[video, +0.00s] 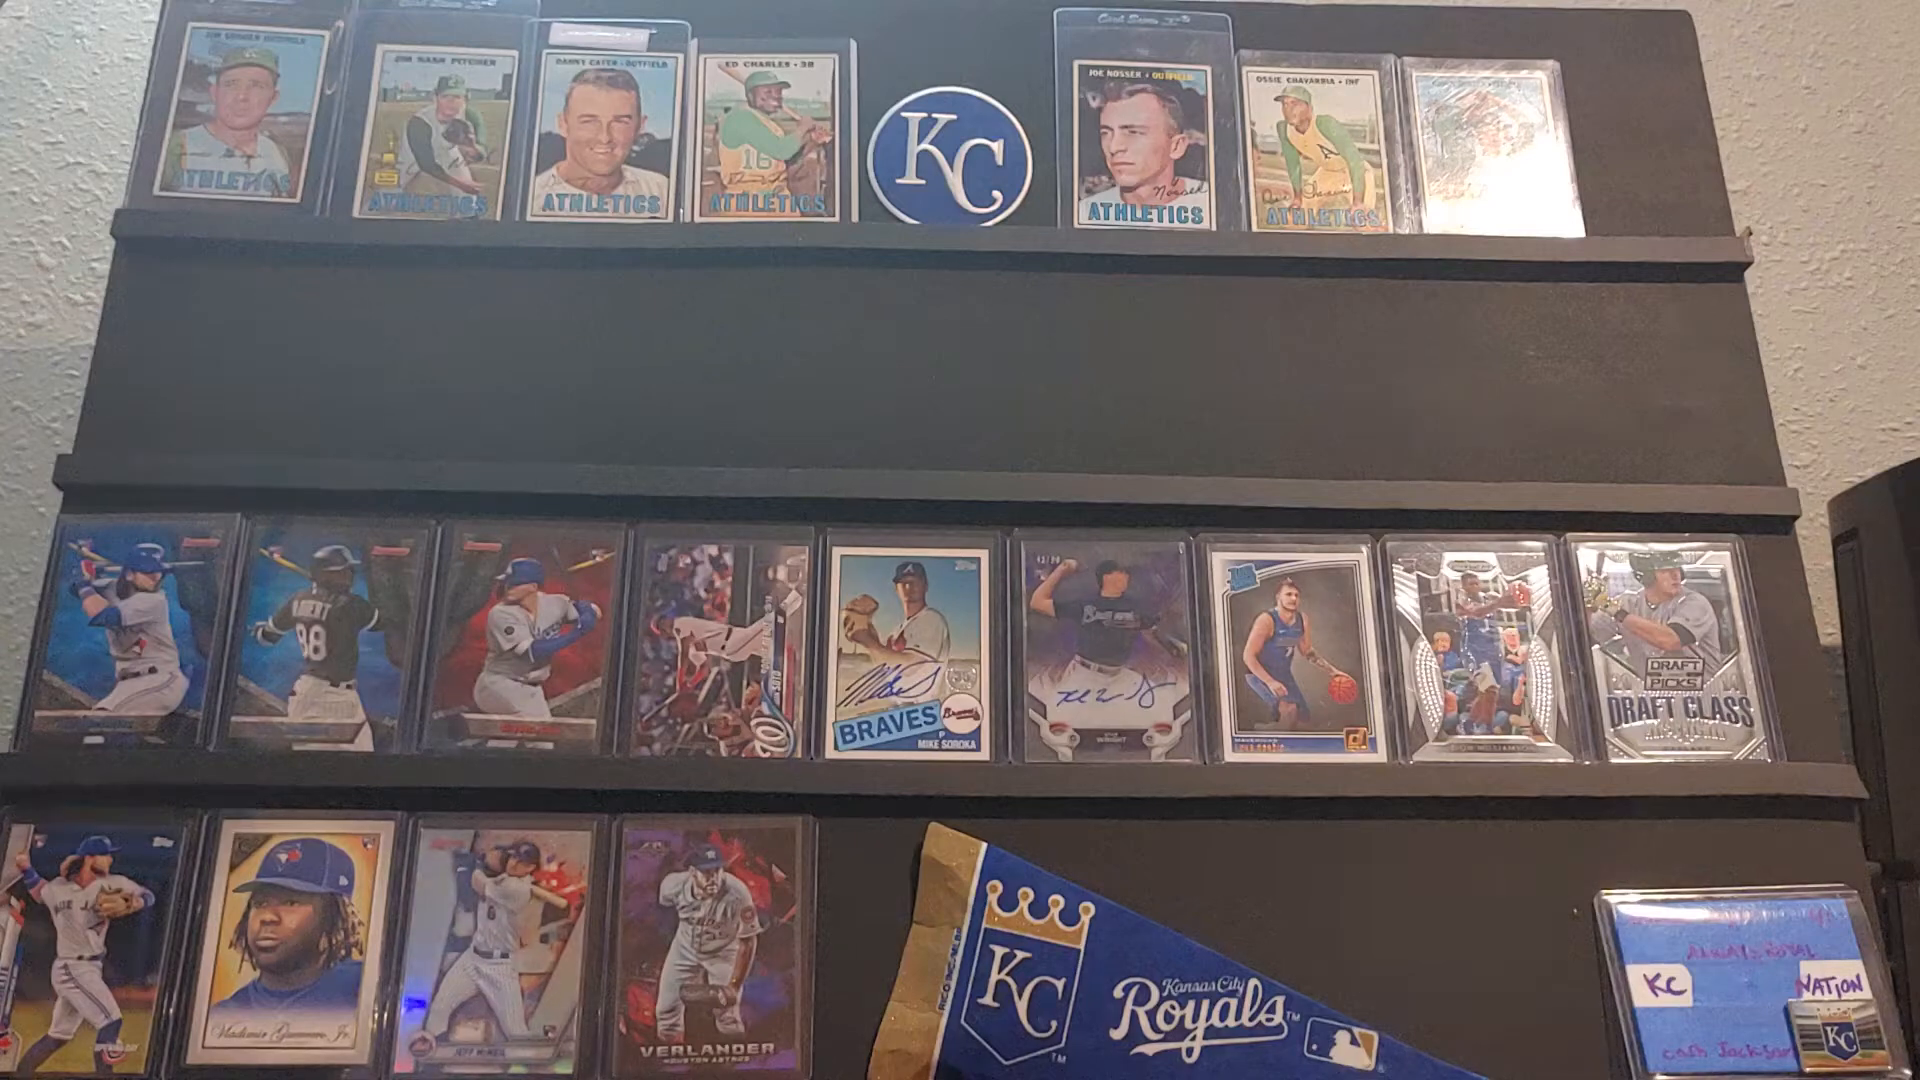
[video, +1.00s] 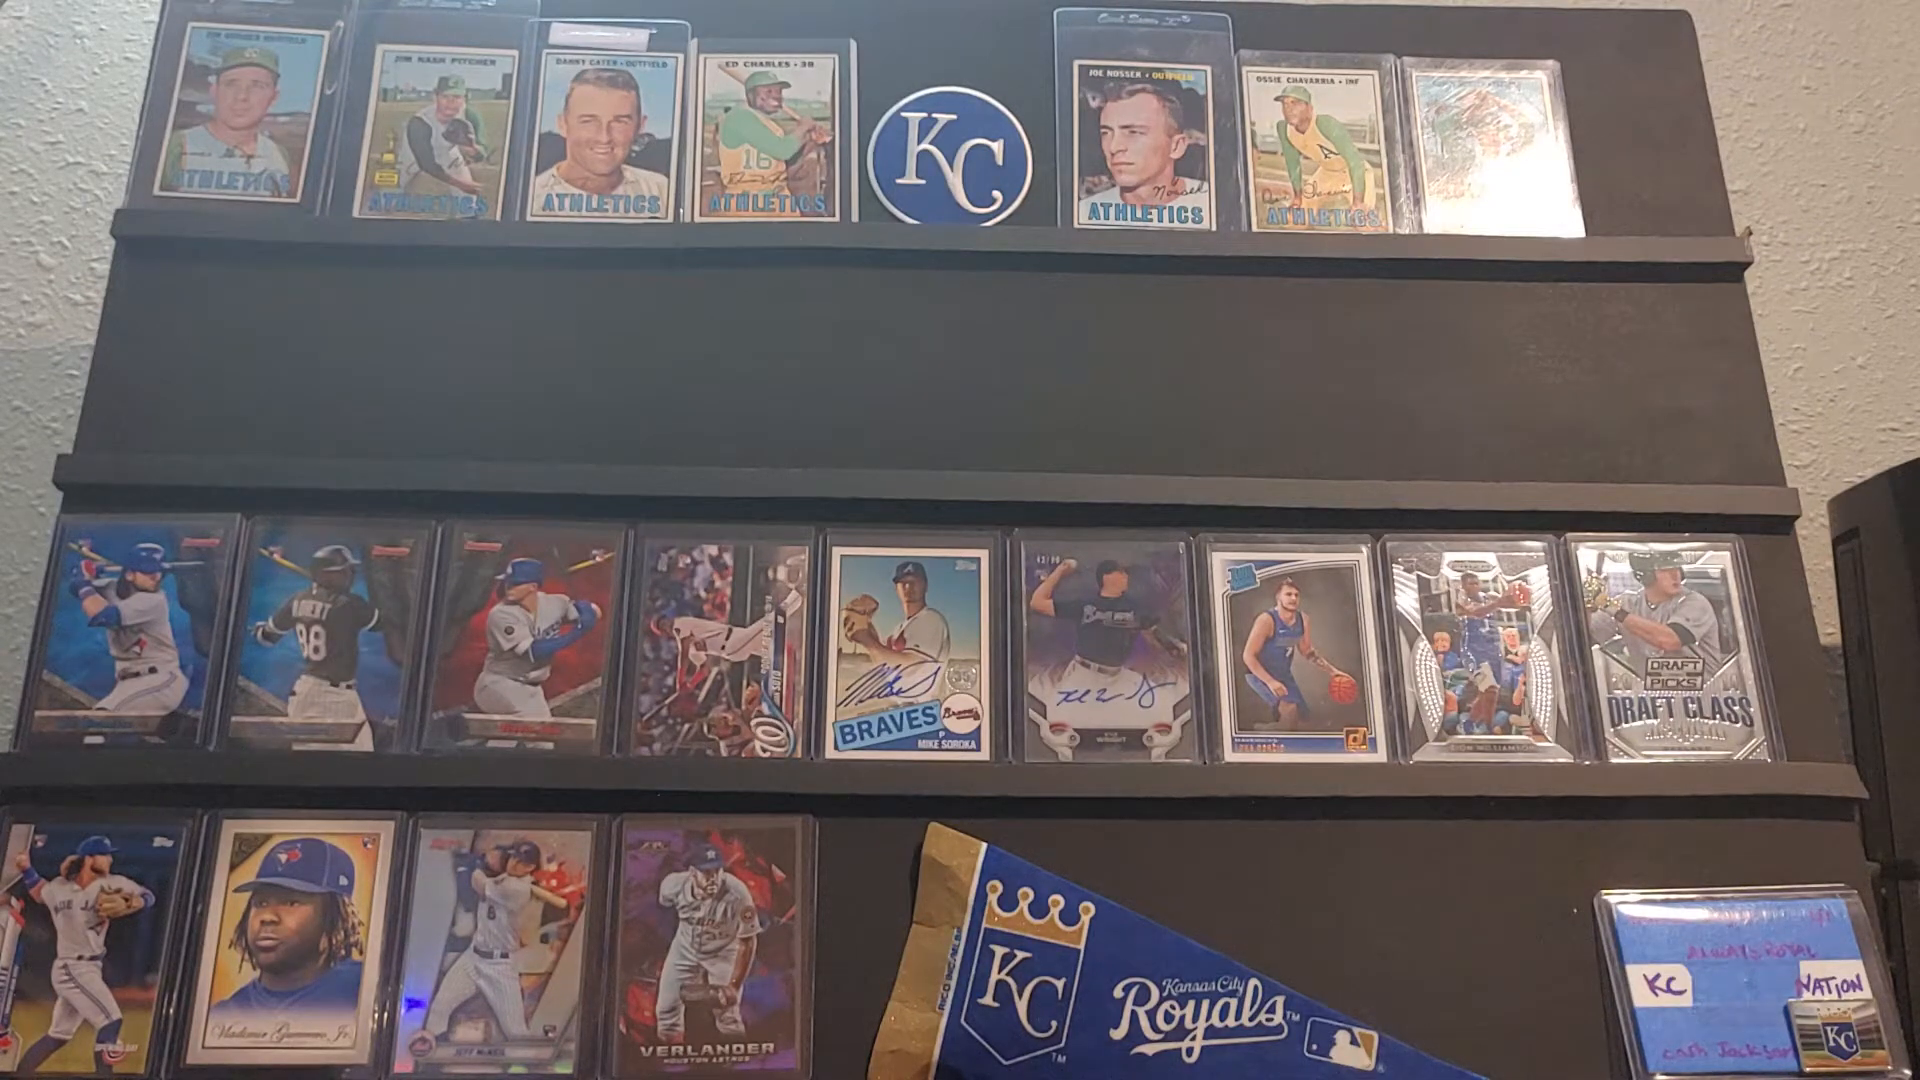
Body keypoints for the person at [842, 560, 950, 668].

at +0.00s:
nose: (907, 588)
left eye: (913, 583)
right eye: (902, 583)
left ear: (925, 586)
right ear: (896, 588)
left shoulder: (931, 619)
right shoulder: (902, 626)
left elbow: (912, 662)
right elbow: (883, 661)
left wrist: (867, 640)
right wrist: (866, 623)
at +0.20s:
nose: (907, 588)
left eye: (913, 583)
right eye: (902, 583)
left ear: (925, 586)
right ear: (896, 588)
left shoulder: (931, 619)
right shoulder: (903, 626)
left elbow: (911, 662)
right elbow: (882, 661)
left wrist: (866, 640)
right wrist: (866, 622)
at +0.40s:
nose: (907, 588)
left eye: (913, 583)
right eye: (902, 583)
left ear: (925, 586)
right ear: (896, 588)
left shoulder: (931, 619)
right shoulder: (902, 626)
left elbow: (911, 662)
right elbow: (882, 661)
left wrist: (866, 640)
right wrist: (865, 622)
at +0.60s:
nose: (907, 588)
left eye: (913, 582)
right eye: (902, 583)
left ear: (925, 586)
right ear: (896, 588)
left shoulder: (931, 619)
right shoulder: (902, 626)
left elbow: (911, 662)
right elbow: (882, 661)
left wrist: (866, 640)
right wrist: (865, 622)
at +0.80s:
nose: (907, 589)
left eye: (913, 583)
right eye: (902, 583)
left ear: (925, 586)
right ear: (896, 588)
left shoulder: (931, 619)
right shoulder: (902, 626)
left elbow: (911, 662)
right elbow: (882, 660)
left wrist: (866, 640)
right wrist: (865, 622)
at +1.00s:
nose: (907, 588)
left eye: (913, 583)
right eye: (902, 583)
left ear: (925, 586)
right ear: (896, 588)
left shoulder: (931, 619)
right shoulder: (901, 626)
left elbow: (909, 662)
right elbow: (882, 659)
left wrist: (865, 639)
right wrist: (864, 622)